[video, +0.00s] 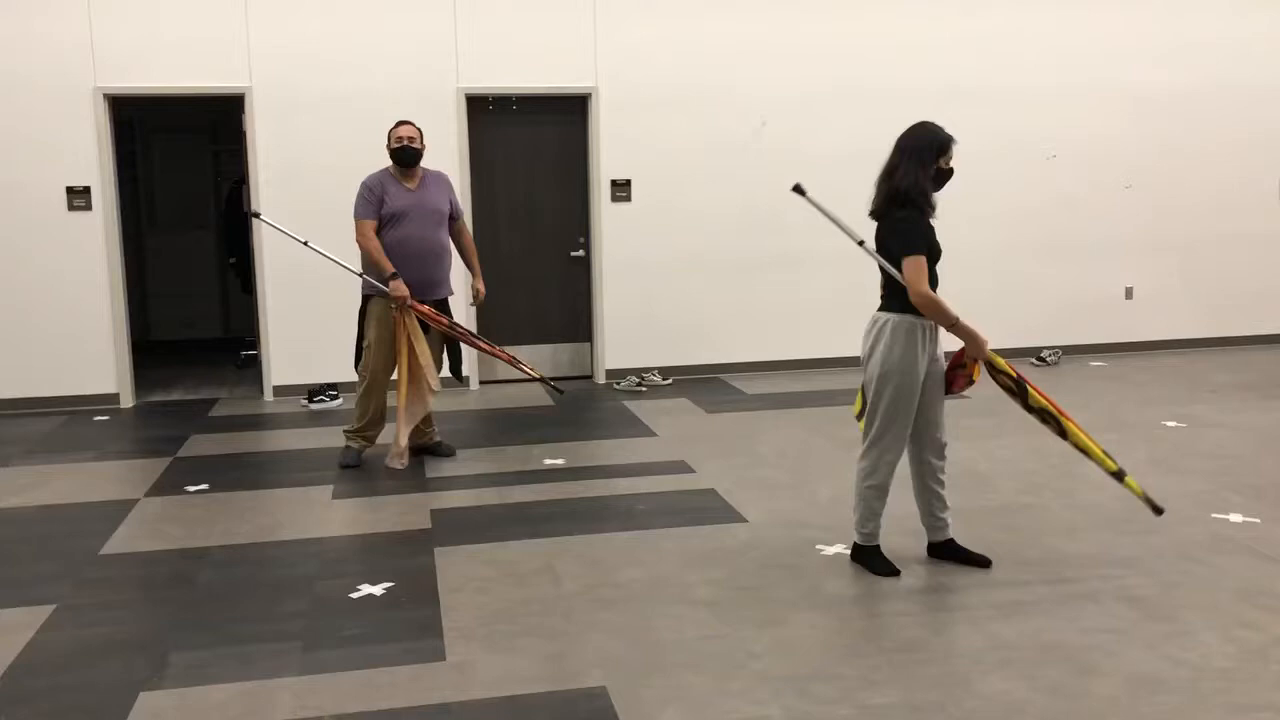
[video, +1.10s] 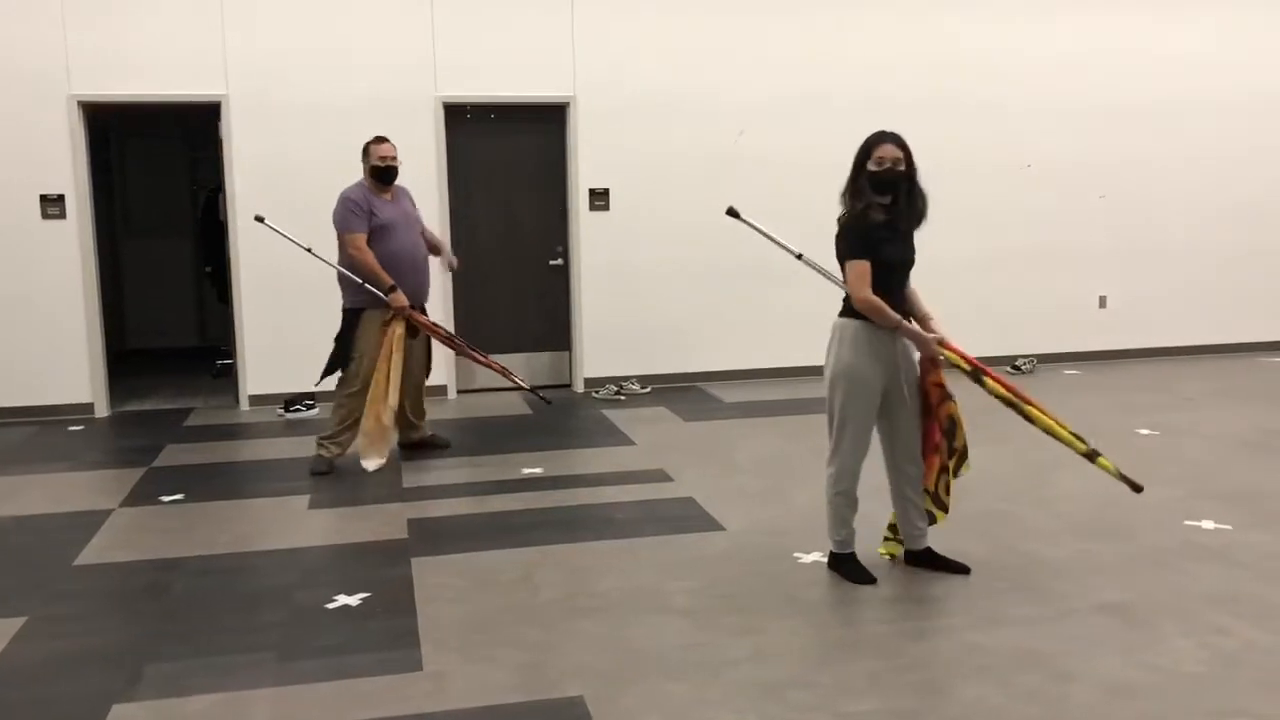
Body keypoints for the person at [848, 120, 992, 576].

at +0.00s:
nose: (948, 170)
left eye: (949, 161)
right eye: (944, 161)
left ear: (912, 159)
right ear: (926, 161)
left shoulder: (912, 214)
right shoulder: (904, 217)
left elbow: (912, 293)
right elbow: (919, 294)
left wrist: (943, 332)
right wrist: (968, 334)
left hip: (920, 337)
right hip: (897, 336)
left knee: (930, 443)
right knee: (883, 442)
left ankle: (939, 539)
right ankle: (865, 542)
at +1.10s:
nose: (887, 169)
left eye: (896, 163)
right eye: (878, 162)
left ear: (908, 170)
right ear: (863, 168)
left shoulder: (901, 222)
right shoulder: (856, 223)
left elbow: (901, 285)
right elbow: (860, 297)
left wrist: (928, 325)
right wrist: (913, 333)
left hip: (895, 340)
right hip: (857, 340)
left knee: (907, 447)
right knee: (849, 451)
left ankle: (916, 546)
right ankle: (842, 551)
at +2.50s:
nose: (866, 181)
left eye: (874, 175)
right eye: (858, 173)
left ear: (883, 181)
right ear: (841, 175)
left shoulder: (875, 229)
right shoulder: (831, 227)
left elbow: (871, 296)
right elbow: (835, 302)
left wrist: (888, 364)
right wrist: (880, 354)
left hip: (872, 345)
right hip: (833, 344)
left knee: (877, 454)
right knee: (819, 456)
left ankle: (878, 552)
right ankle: (800, 557)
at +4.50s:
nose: (850, 159)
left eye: (853, 151)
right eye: (844, 151)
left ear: (843, 148)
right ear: (821, 147)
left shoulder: (826, 200)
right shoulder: (800, 200)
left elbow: (828, 274)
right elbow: (810, 276)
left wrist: (855, 328)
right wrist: (862, 321)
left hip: (833, 318)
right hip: (800, 317)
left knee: (833, 423)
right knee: (782, 424)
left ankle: (837, 518)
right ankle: (760, 523)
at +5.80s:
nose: (826, 139)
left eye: (826, 130)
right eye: (821, 131)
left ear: (792, 130)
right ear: (799, 130)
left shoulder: (797, 185)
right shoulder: (777, 185)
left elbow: (803, 257)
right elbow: (785, 259)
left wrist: (832, 313)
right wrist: (837, 303)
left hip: (809, 302)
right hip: (780, 301)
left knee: (812, 408)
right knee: (764, 408)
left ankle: (818, 500)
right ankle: (742, 506)